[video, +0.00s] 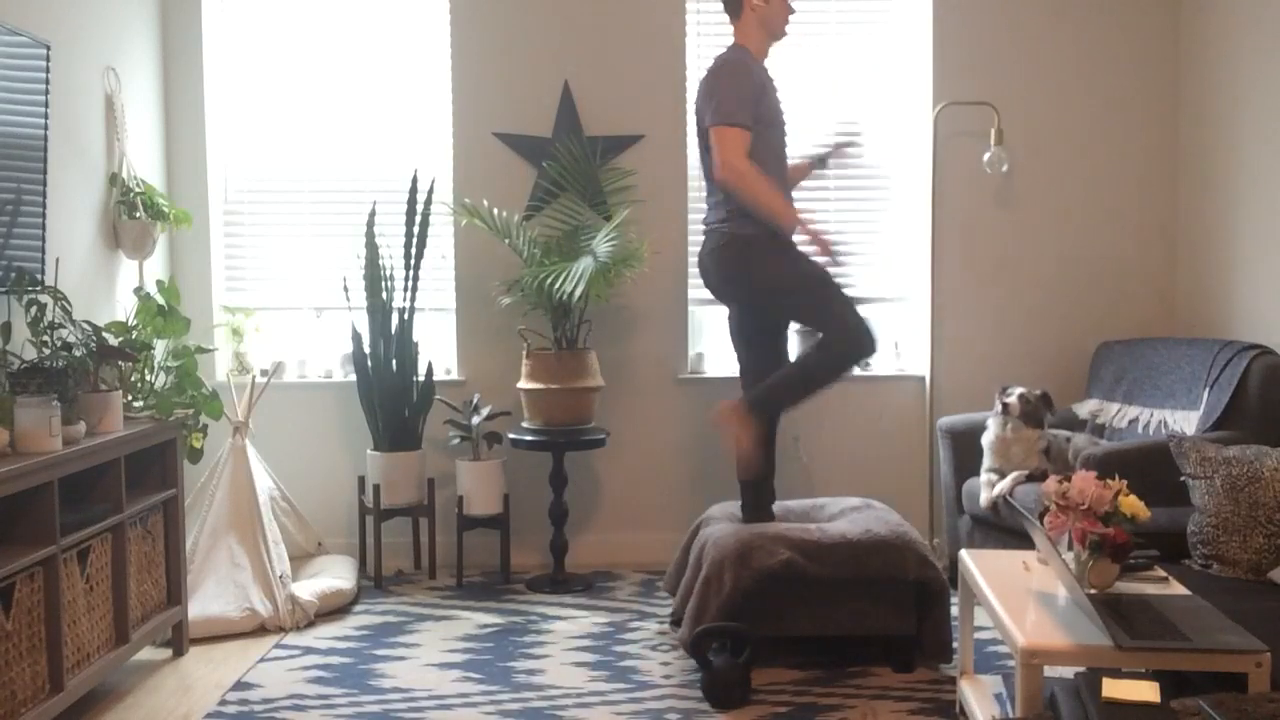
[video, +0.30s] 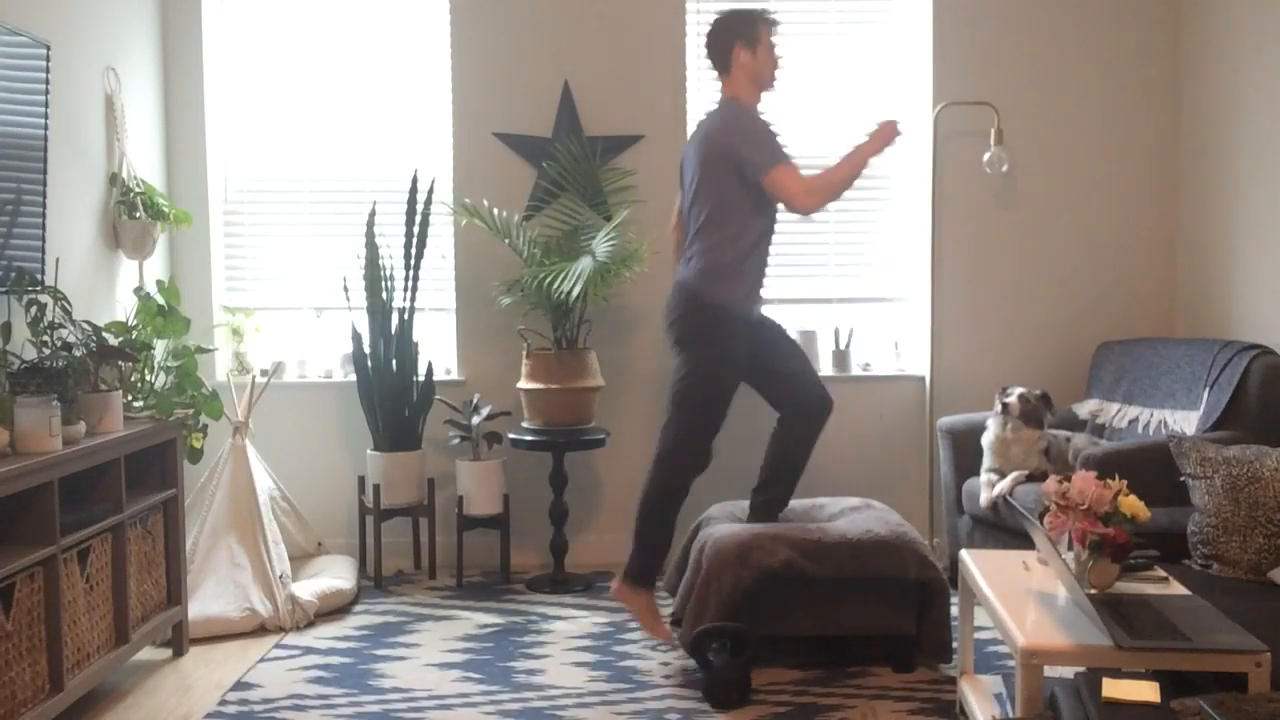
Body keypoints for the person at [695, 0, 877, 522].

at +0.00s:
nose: (789, 11)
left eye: (787, 3)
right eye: (781, 2)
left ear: (753, 11)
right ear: (752, 6)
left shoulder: (746, 74)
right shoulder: (735, 69)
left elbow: (760, 180)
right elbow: (729, 167)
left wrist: (816, 163)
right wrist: (801, 224)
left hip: (742, 249)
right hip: (748, 248)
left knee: (761, 401)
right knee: (853, 336)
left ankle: (759, 532)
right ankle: (751, 409)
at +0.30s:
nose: (777, 59)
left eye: (774, 48)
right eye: (769, 48)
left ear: (734, 59)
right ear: (741, 56)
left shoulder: (708, 131)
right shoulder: (737, 123)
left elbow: (679, 228)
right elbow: (805, 196)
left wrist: (690, 293)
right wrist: (866, 150)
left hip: (721, 307)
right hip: (712, 309)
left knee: (809, 405)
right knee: (684, 449)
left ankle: (760, 530)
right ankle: (636, 582)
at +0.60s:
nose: (727, 112)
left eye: (724, 101)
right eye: (719, 101)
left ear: (687, 109)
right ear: (690, 107)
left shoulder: (668, 177)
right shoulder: (675, 177)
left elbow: (732, 263)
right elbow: (741, 259)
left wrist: (748, 205)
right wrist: (755, 189)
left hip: (681, 350)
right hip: (656, 359)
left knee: (793, 376)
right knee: (649, 509)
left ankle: (754, 499)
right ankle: (601, 639)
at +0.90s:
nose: (680, 98)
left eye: (679, 88)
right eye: (672, 88)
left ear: (644, 96)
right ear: (640, 94)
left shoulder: (640, 164)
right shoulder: (632, 165)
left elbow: (640, 273)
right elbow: (656, 260)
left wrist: (674, 327)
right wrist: (725, 211)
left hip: (652, 352)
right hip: (622, 352)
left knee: (728, 436)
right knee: (618, 501)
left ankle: (627, 518)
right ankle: (599, 639)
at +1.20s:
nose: (669, 100)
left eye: (666, 90)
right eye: (659, 91)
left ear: (637, 103)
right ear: (628, 102)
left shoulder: (645, 182)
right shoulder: (611, 172)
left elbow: (674, 276)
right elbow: (577, 268)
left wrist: (725, 225)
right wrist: (617, 351)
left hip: (620, 350)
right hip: (617, 351)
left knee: (600, 490)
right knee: (663, 493)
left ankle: (582, 621)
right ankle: (610, 626)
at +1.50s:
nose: (686, 105)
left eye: (684, 95)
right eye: (675, 95)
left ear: (654, 106)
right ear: (643, 105)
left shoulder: (669, 188)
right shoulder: (618, 172)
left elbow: (735, 233)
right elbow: (562, 255)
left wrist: (717, 172)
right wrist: (550, 351)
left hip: (628, 344)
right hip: (619, 339)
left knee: (613, 491)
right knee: (759, 338)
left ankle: (583, 623)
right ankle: (687, 452)